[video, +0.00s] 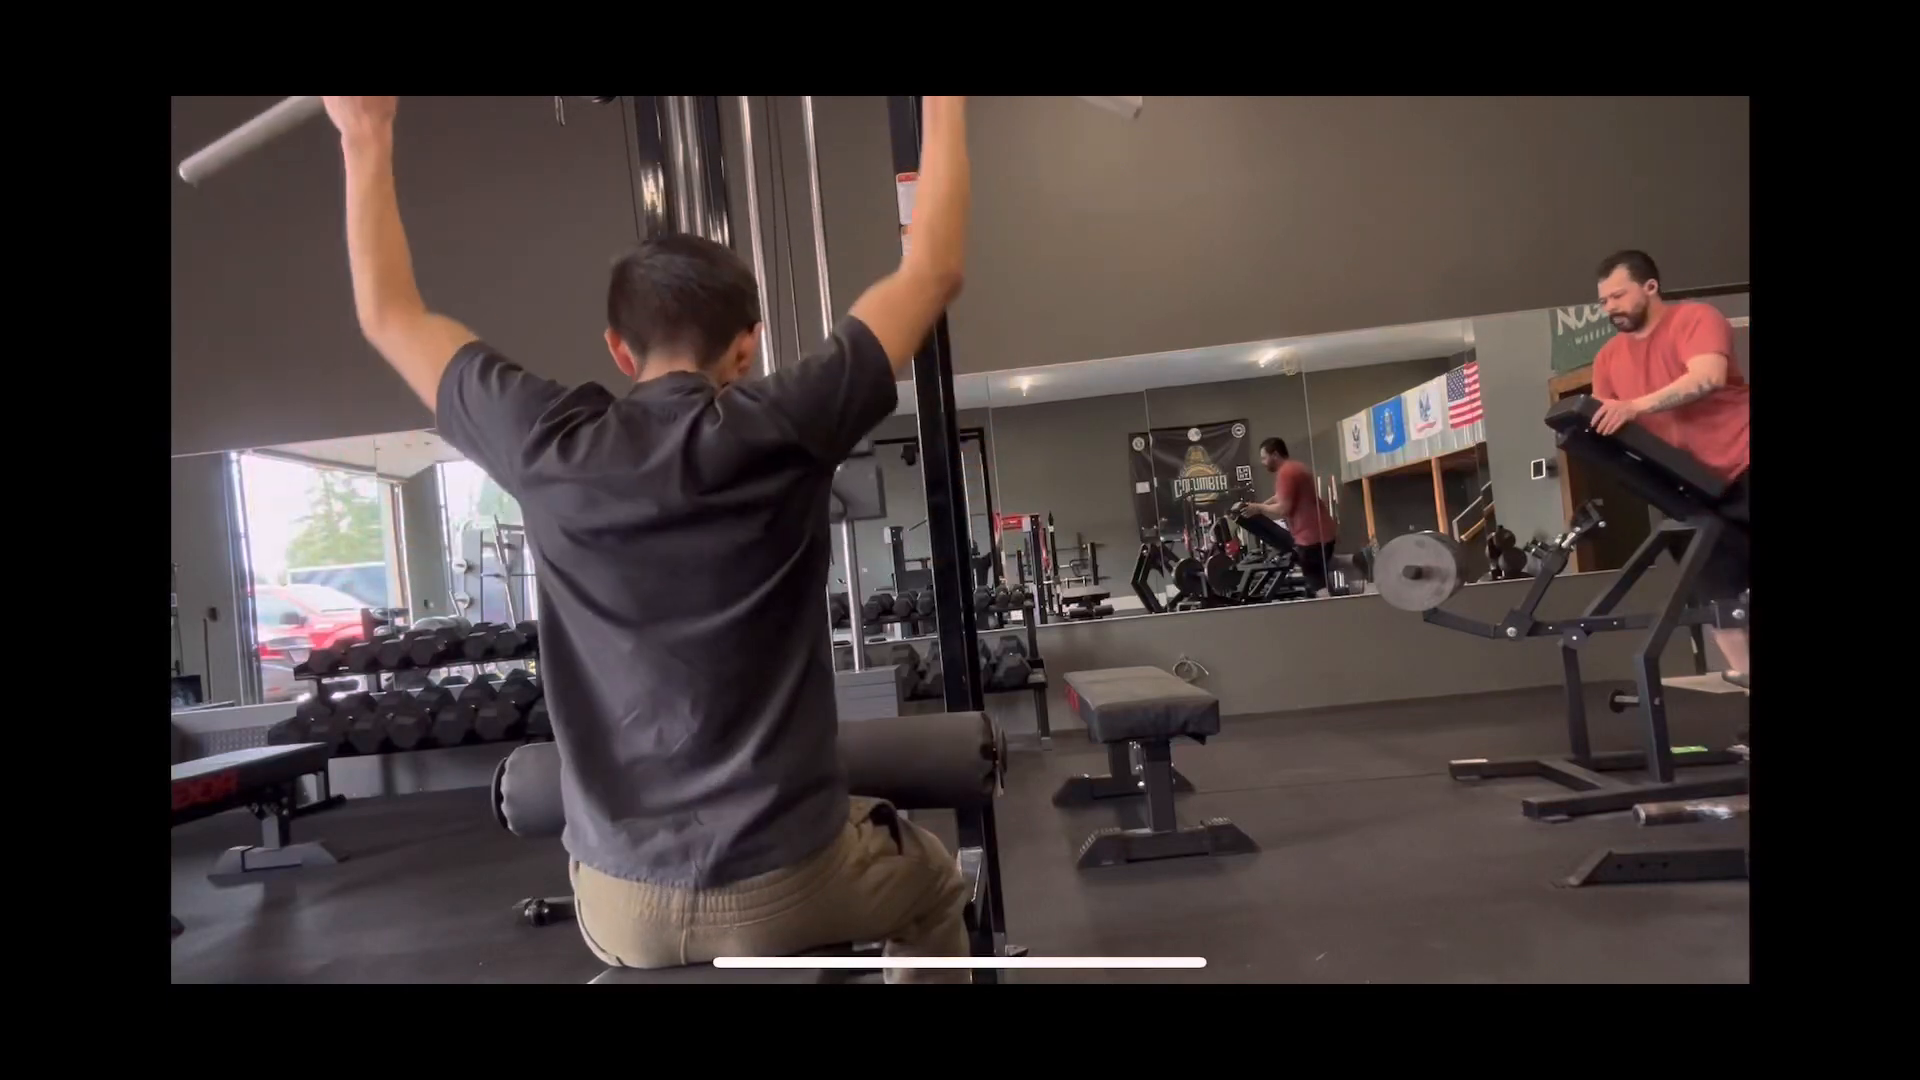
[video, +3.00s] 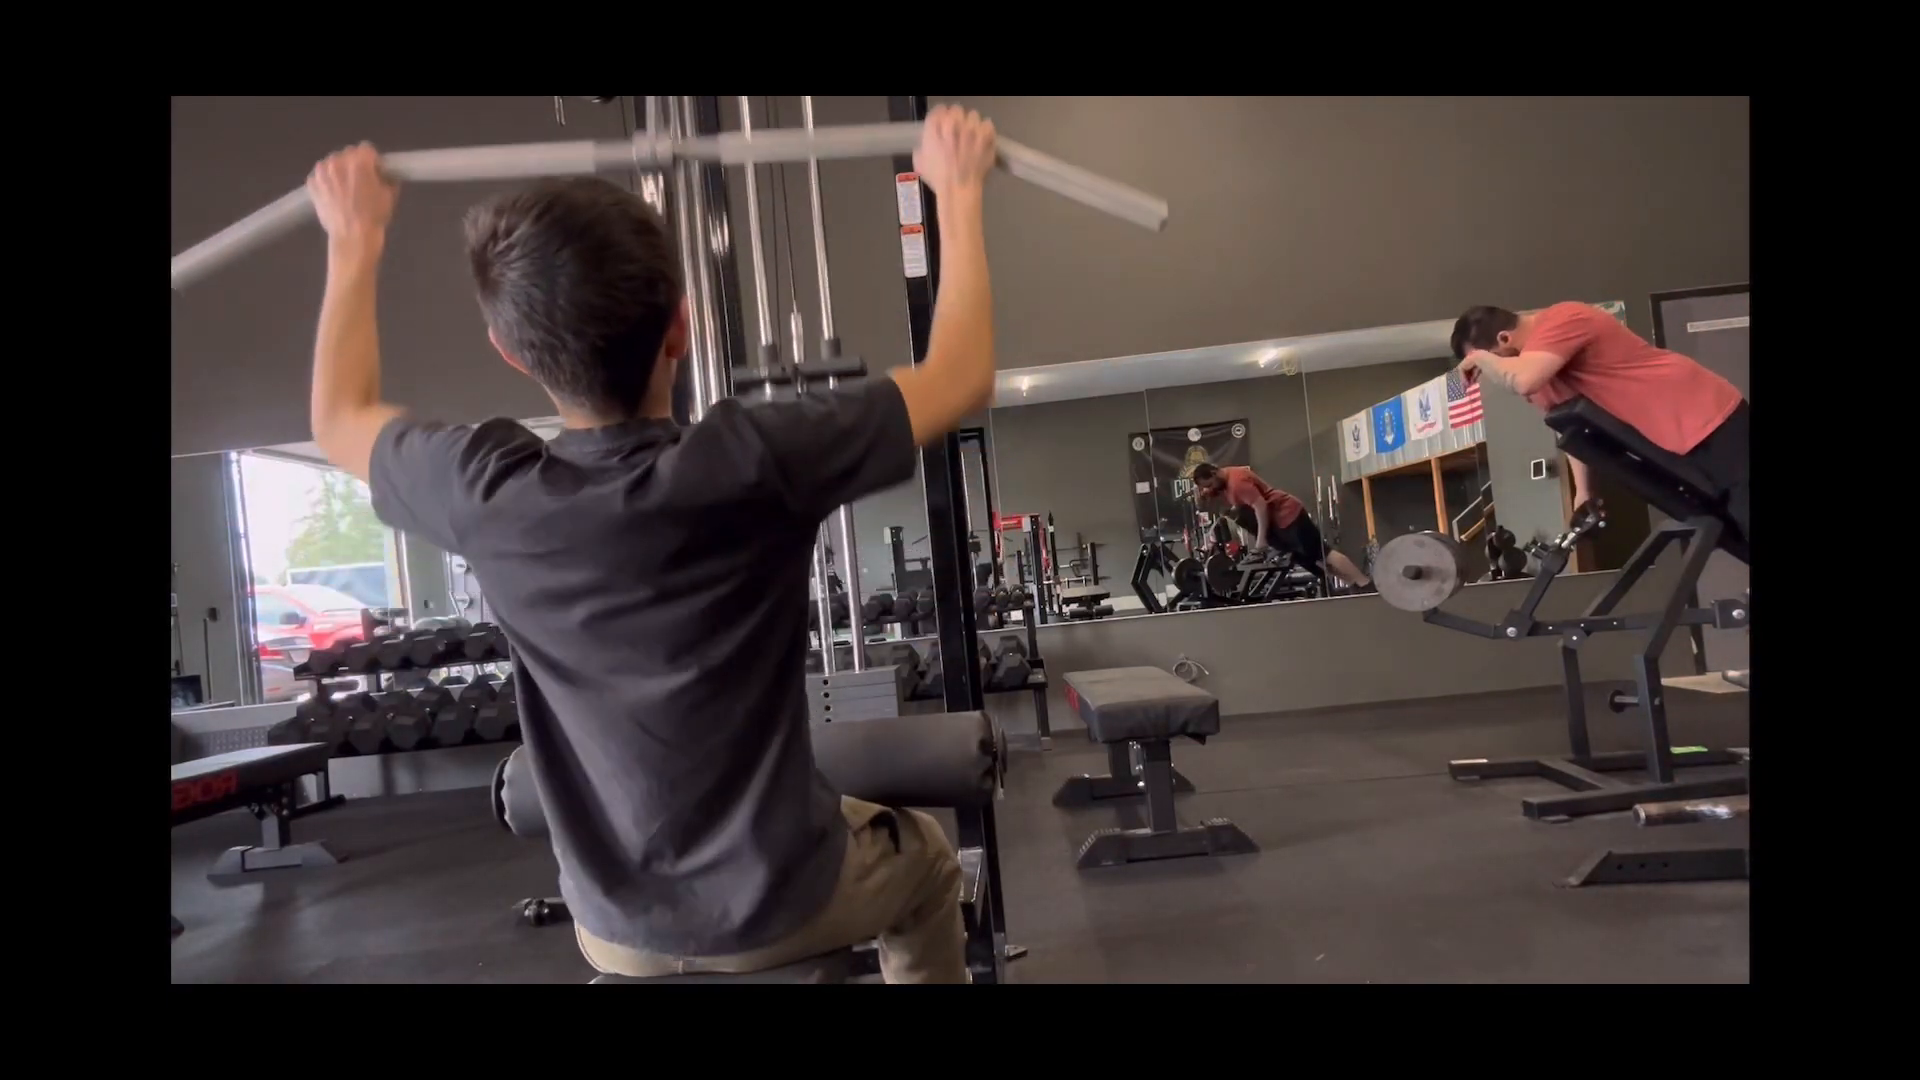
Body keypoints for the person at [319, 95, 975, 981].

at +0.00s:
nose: (758, 355)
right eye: (755, 340)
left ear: (619, 352)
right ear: (746, 346)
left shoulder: (545, 438)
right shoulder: (785, 423)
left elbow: (389, 314)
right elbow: (933, 272)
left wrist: (364, 139)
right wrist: (945, 102)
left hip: (617, 903)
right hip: (784, 893)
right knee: (932, 883)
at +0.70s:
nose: (762, 382)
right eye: (762, 368)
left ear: (629, 369)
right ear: (751, 365)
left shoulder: (552, 453)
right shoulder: (781, 431)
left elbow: (347, 458)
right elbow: (986, 408)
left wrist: (367, 278)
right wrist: (956, 231)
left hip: (619, 888)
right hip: (787, 879)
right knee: (931, 893)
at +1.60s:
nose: (773, 361)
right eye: (772, 346)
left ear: (636, 358)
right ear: (761, 354)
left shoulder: (562, 434)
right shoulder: (795, 419)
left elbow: (396, 328)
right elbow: (950, 286)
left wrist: (378, 150)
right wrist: (951, 108)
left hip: (628, 896)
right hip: (795, 889)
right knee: (934, 893)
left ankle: (630, 968)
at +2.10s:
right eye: (722, 290)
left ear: (570, 320)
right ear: (716, 311)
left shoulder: (513, 459)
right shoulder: (766, 438)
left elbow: (332, 386)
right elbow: (968, 349)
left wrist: (348, 204)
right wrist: (955, 165)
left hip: (613, 915)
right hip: (776, 899)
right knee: (924, 881)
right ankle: (927, 979)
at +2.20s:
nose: (717, 307)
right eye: (716, 290)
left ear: (560, 322)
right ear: (710, 310)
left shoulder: (511, 473)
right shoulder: (763, 448)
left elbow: (328, 474)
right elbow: (983, 431)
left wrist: (351, 293)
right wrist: (959, 245)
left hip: (618, 916)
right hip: (784, 898)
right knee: (932, 886)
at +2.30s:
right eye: (712, 294)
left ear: (553, 330)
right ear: (703, 315)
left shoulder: (512, 489)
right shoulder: (766, 461)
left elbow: (334, 564)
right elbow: (984, 516)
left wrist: (361, 380)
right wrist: (965, 335)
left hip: (617, 915)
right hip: (785, 900)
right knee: (932, 885)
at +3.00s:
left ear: (511, 351)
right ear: (680, 327)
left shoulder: (491, 490)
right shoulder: (761, 458)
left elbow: (341, 418)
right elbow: (960, 380)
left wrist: (351, 240)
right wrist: (960, 193)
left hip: (612, 924)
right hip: (780, 902)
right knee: (923, 864)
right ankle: (925, 977)